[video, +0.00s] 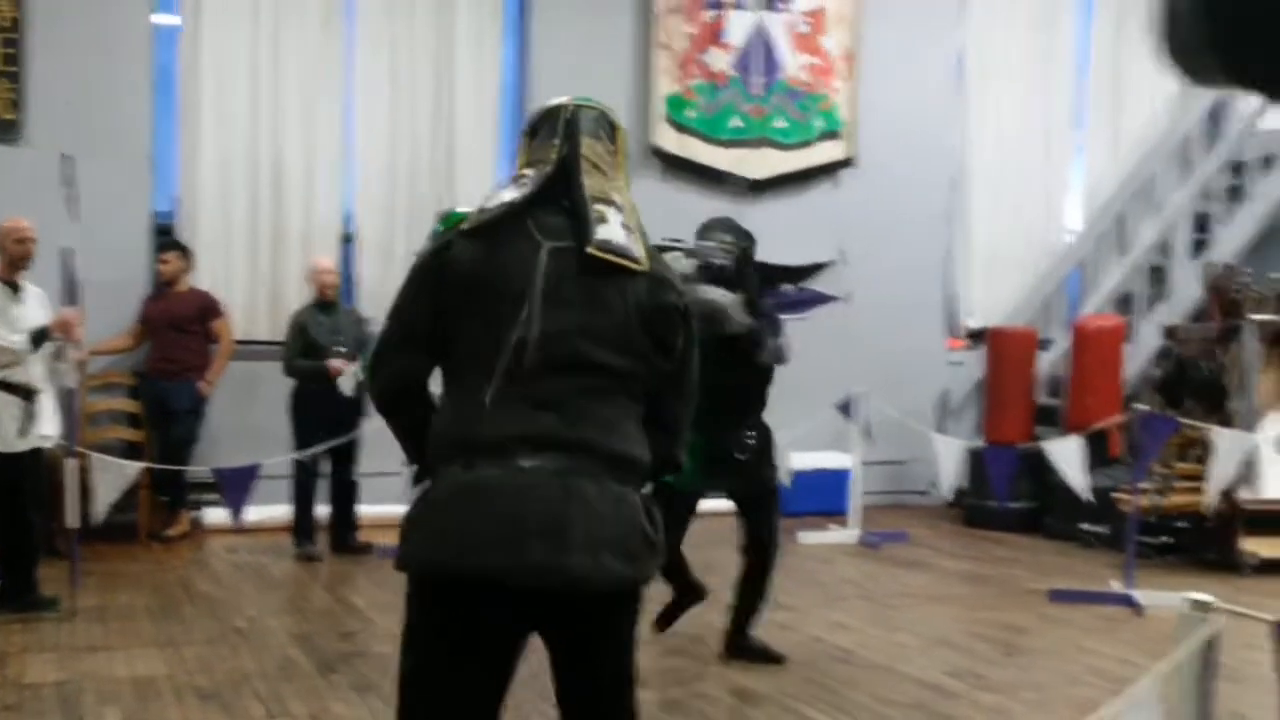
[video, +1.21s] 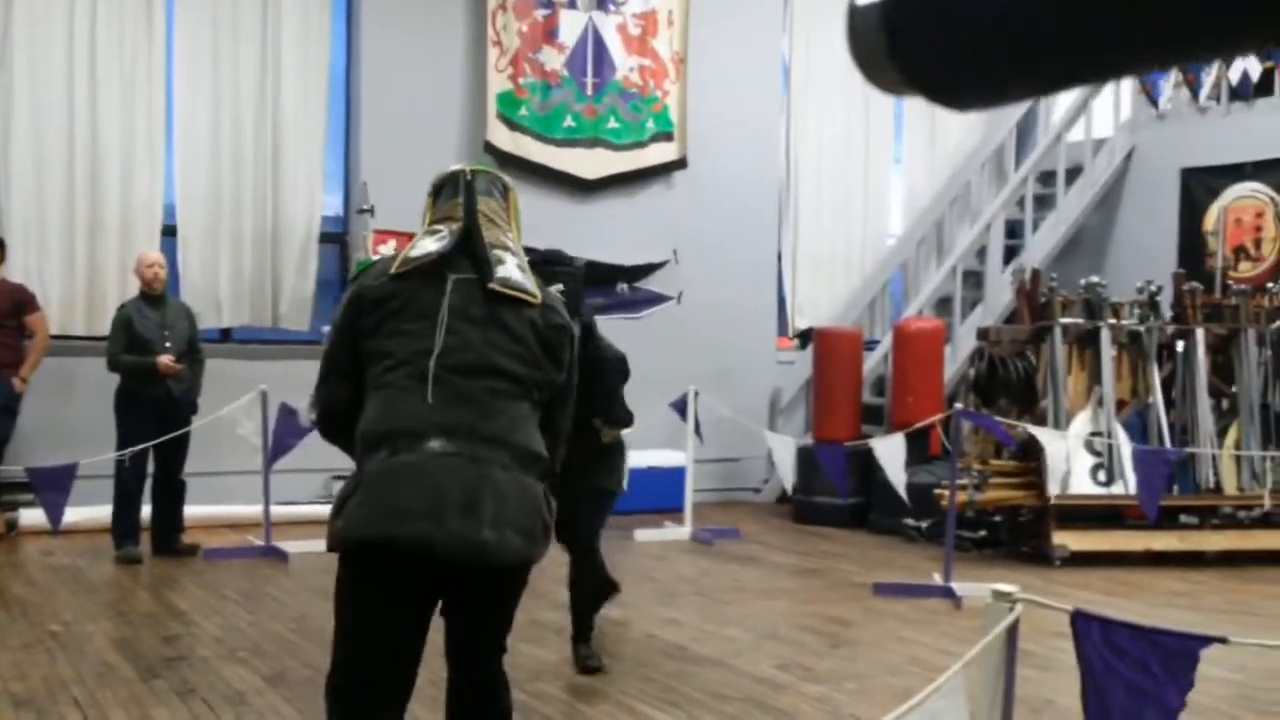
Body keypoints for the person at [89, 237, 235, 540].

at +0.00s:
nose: (161, 267)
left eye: (167, 262)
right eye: (159, 262)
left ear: (185, 265)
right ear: (158, 266)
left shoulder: (202, 301)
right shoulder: (154, 301)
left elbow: (226, 341)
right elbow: (133, 339)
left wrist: (209, 381)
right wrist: (91, 351)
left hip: (187, 384)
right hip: (155, 383)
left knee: (177, 448)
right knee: (159, 450)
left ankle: (179, 514)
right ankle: (165, 512)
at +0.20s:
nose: (118, 267)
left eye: (125, 261)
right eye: (116, 262)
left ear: (144, 264)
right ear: (115, 265)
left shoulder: (162, 300)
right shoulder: (110, 301)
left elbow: (186, 341)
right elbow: (88, 339)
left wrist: (168, 380)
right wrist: (46, 351)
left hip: (146, 384)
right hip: (112, 382)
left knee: (136, 449)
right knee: (119, 449)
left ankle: (139, 515)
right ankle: (130, 514)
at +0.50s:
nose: (75, 269)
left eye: (82, 263)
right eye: (73, 264)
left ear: (101, 266)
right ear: (72, 268)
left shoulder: (119, 303)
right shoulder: (67, 304)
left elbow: (144, 344)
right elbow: (45, 343)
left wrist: (126, 384)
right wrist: (5, 354)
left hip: (104, 389)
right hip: (69, 387)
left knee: (93, 454)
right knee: (77, 455)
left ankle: (97, 521)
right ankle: (86, 520)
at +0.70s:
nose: (40, 267)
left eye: (47, 262)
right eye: (38, 262)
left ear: (66, 264)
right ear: (37, 266)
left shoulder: (86, 302)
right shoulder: (31, 302)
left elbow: (110, 343)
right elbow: (14, 336)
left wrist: (91, 384)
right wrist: (1, 348)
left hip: (69, 387)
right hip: (33, 385)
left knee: (58, 453)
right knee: (40, 453)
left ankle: (60, 519)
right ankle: (52, 518)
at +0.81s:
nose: (20, 265)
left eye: (27, 259)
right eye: (17, 260)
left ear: (45, 263)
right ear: (15, 264)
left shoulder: (63, 300)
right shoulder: (10, 301)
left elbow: (88, 340)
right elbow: (8, 341)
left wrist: (69, 382)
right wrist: (7, 375)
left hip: (48, 385)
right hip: (13, 384)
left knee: (35, 452)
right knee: (21, 453)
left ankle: (40, 520)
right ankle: (29, 517)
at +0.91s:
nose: (2, 263)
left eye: (8, 258)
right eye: (1, 258)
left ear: (26, 260)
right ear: (3, 261)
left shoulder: (43, 298)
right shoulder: (6, 295)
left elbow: (70, 338)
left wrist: (50, 380)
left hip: (27, 384)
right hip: (7, 383)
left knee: (16, 455)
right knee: (9, 454)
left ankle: (18, 519)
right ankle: (19, 519)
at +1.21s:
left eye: (0, 255)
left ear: (3, 257)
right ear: (4, 257)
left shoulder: (16, 294)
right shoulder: (16, 294)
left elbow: (42, 334)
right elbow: (42, 335)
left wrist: (22, 377)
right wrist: (22, 377)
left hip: (6, 386)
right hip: (6, 387)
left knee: (2, 456)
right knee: (3, 455)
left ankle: (8, 514)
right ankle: (8, 514)